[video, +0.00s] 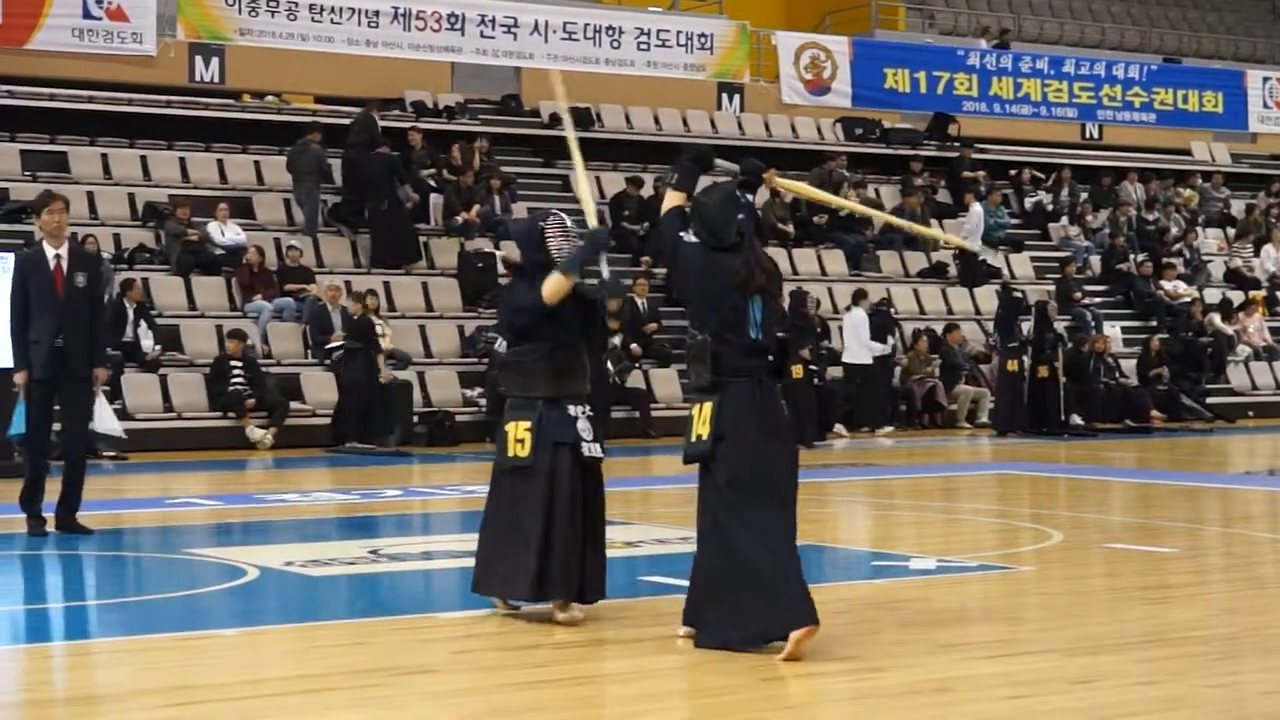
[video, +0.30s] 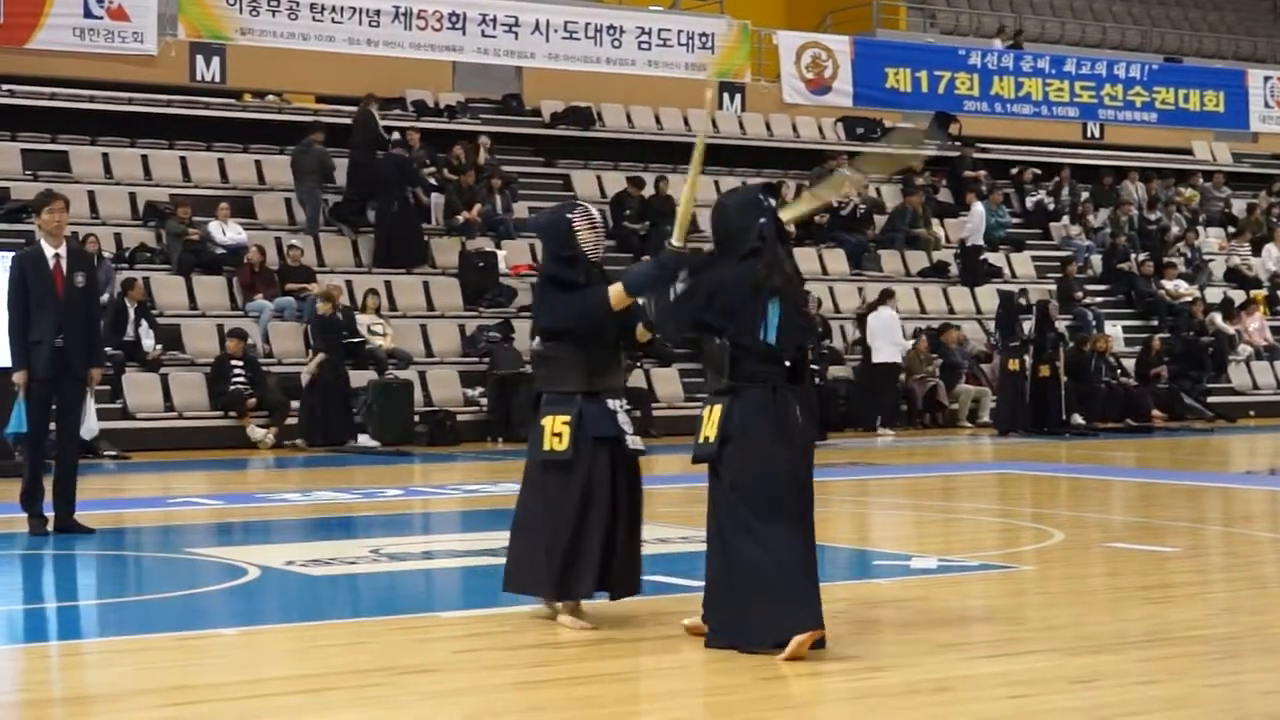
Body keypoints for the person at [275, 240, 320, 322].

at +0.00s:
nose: (293, 254)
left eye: (296, 251)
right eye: (290, 251)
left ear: (301, 253)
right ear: (287, 253)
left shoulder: (307, 270)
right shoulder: (281, 270)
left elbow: (313, 287)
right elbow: (284, 287)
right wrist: (304, 286)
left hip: (304, 294)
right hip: (289, 295)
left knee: (311, 299)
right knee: (312, 307)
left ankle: (304, 326)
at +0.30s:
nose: (294, 253)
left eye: (297, 250)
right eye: (291, 250)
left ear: (301, 253)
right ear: (288, 253)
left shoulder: (308, 270)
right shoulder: (282, 269)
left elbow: (314, 285)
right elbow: (284, 287)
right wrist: (305, 286)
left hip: (305, 293)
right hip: (290, 295)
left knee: (311, 298)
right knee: (311, 307)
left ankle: (305, 325)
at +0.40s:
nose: (294, 253)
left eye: (297, 250)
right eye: (292, 250)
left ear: (302, 253)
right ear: (288, 253)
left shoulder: (308, 270)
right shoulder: (283, 269)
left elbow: (314, 289)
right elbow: (285, 287)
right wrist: (304, 286)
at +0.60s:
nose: (294, 253)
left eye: (297, 249)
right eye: (292, 250)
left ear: (302, 252)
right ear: (288, 253)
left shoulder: (308, 269)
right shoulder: (283, 269)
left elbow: (314, 285)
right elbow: (285, 286)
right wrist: (305, 285)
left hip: (306, 292)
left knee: (312, 298)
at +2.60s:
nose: (294, 255)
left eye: (297, 251)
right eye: (292, 251)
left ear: (301, 254)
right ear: (288, 254)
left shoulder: (308, 271)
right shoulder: (282, 270)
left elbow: (314, 288)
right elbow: (285, 288)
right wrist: (306, 287)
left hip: (305, 295)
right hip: (290, 296)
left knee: (312, 300)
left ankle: (306, 325)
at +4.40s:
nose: (302, 253)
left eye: (302, 251)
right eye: (299, 251)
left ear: (304, 252)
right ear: (292, 254)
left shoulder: (309, 270)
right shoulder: (284, 270)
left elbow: (315, 285)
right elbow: (286, 288)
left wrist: (314, 292)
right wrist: (307, 287)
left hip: (307, 294)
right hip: (293, 296)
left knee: (313, 300)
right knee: (314, 308)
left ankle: (307, 326)